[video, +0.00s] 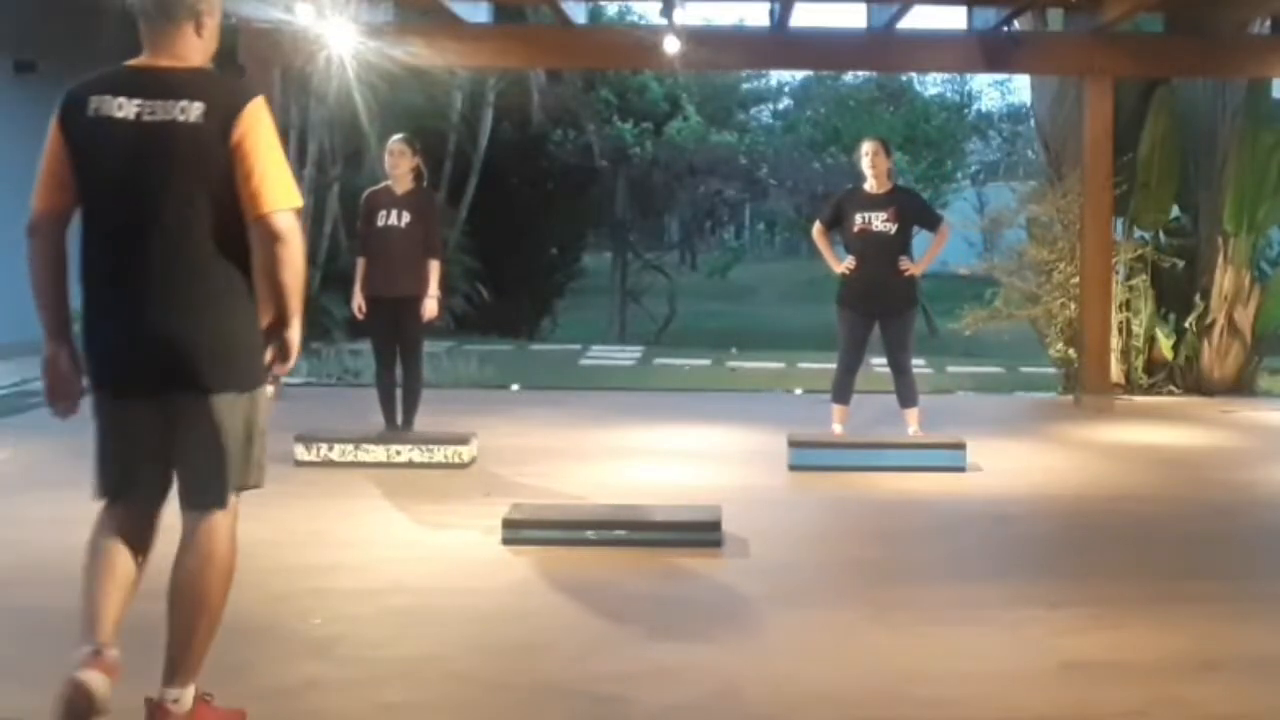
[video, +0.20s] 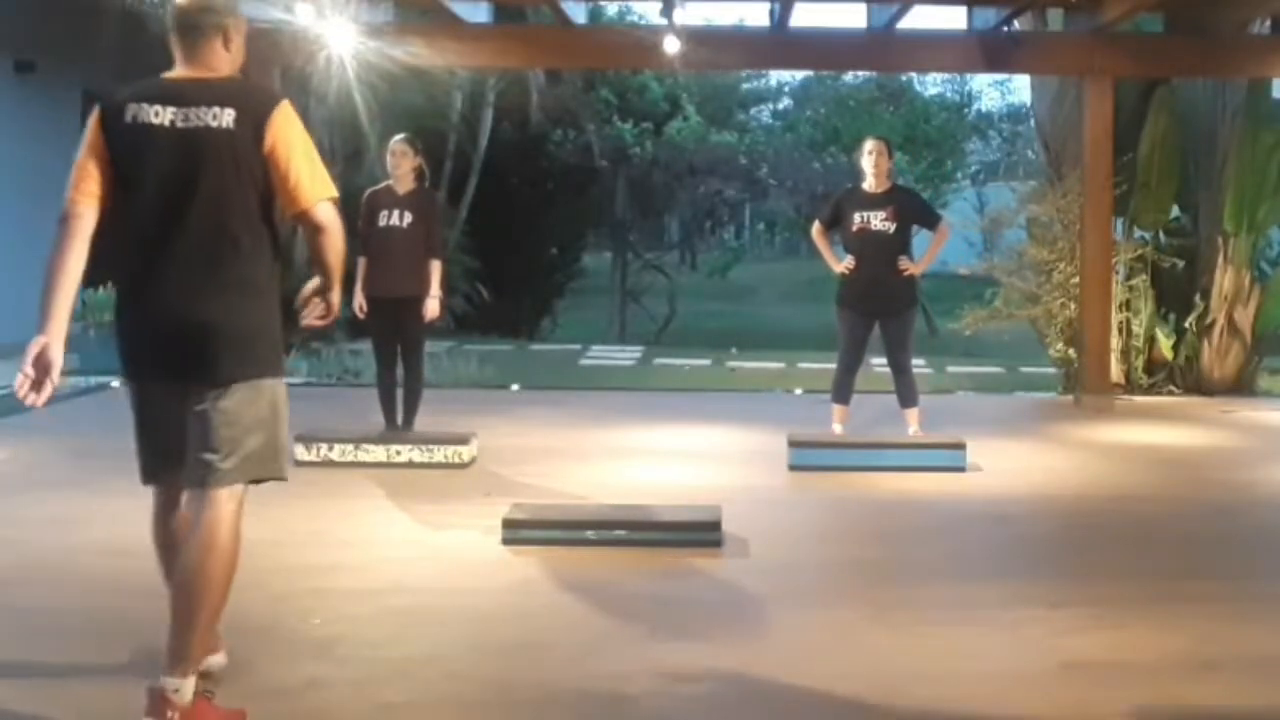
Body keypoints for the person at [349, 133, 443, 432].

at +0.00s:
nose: (392, 160)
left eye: (399, 154)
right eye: (389, 154)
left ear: (415, 160)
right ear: (383, 158)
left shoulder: (426, 199)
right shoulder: (372, 198)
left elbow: (434, 250)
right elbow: (363, 248)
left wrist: (432, 292)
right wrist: (357, 288)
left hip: (412, 295)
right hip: (378, 295)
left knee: (411, 363)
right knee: (384, 363)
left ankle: (407, 424)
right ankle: (390, 423)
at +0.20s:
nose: (394, 160)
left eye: (401, 154)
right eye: (391, 154)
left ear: (416, 160)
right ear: (386, 158)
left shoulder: (428, 200)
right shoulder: (373, 198)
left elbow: (435, 250)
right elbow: (364, 248)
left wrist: (434, 293)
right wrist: (358, 288)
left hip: (413, 296)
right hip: (379, 295)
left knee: (412, 364)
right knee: (385, 364)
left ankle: (408, 424)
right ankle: (390, 423)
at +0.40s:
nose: (395, 161)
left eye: (402, 156)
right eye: (392, 155)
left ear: (418, 161)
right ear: (387, 159)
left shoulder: (429, 199)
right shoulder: (375, 197)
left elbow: (436, 250)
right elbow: (365, 249)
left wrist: (434, 293)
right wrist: (359, 290)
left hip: (413, 296)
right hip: (380, 295)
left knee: (412, 362)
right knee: (385, 362)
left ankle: (407, 423)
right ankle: (390, 423)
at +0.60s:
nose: (398, 164)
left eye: (404, 158)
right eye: (394, 158)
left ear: (418, 161)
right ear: (388, 161)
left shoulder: (431, 199)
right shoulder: (376, 198)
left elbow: (437, 250)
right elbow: (367, 248)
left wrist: (435, 293)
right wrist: (359, 289)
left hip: (414, 295)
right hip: (381, 294)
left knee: (412, 362)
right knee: (385, 362)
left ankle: (407, 423)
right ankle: (390, 423)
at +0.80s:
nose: (400, 173)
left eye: (406, 167)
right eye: (396, 167)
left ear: (420, 165)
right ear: (390, 167)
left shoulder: (434, 201)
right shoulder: (380, 199)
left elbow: (440, 251)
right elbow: (371, 249)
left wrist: (438, 293)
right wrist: (362, 288)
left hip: (417, 294)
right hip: (383, 293)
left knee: (415, 361)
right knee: (380, 357)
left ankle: (409, 421)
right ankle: (386, 418)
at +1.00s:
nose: (403, 175)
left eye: (408, 169)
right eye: (398, 169)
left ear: (422, 166)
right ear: (392, 168)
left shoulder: (436, 203)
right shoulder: (384, 199)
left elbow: (443, 252)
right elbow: (376, 249)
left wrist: (442, 294)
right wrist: (365, 288)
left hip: (420, 291)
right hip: (384, 288)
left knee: (418, 359)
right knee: (376, 355)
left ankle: (409, 421)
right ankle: (376, 417)